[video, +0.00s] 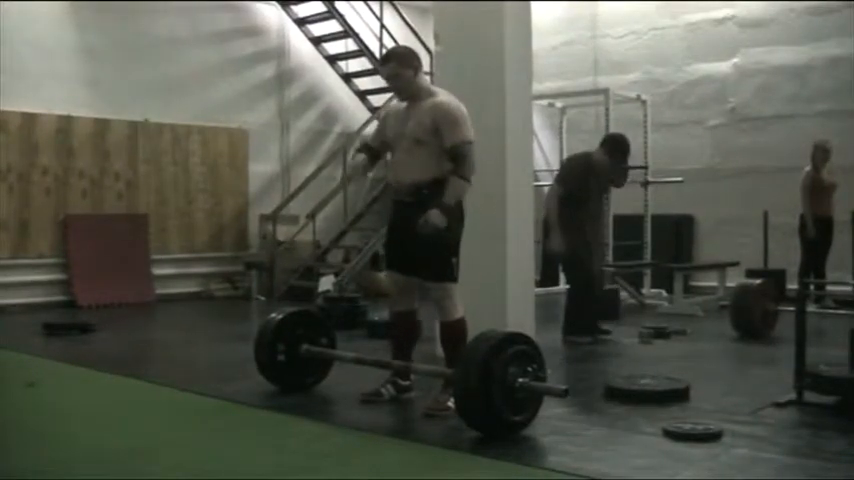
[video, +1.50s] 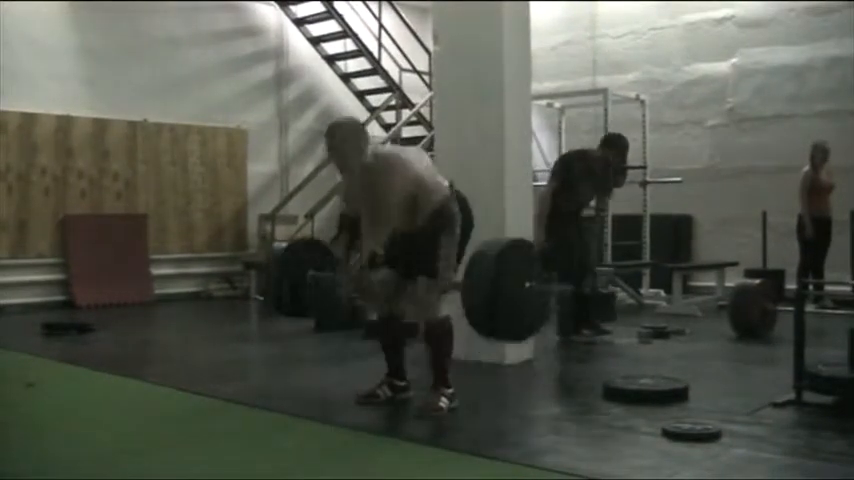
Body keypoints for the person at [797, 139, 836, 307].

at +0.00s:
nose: (824, 159)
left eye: (826, 155)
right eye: (821, 155)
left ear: (828, 157)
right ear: (814, 155)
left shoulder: (823, 175)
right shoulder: (809, 175)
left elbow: (824, 200)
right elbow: (806, 202)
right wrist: (809, 224)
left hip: (825, 220)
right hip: (811, 220)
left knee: (820, 259)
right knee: (808, 259)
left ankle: (820, 293)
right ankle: (803, 293)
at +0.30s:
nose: (824, 159)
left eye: (826, 155)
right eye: (821, 155)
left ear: (827, 157)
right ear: (813, 155)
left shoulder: (822, 175)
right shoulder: (809, 174)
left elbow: (824, 200)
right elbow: (805, 201)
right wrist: (809, 224)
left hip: (824, 221)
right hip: (811, 220)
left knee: (819, 259)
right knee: (808, 258)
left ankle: (820, 294)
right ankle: (802, 293)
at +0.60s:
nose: (824, 159)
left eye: (826, 156)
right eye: (821, 155)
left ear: (828, 157)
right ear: (814, 155)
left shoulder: (824, 175)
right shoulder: (809, 174)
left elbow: (825, 200)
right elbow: (805, 201)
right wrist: (809, 224)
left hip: (824, 221)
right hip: (811, 220)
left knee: (820, 259)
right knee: (808, 259)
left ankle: (820, 294)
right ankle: (803, 293)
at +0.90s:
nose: (823, 160)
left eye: (825, 157)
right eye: (820, 156)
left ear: (828, 158)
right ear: (813, 156)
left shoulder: (823, 175)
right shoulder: (809, 175)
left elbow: (824, 199)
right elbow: (805, 201)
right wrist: (809, 224)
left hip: (824, 220)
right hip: (811, 220)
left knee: (820, 259)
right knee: (808, 258)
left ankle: (820, 294)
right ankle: (803, 293)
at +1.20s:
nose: (822, 161)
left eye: (825, 158)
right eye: (820, 157)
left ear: (827, 159)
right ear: (814, 156)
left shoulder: (823, 175)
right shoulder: (808, 174)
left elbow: (823, 199)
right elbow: (804, 201)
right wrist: (808, 223)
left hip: (823, 220)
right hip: (811, 220)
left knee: (819, 259)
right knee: (808, 258)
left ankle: (820, 294)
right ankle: (802, 293)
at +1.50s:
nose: (822, 159)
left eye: (824, 156)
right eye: (819, 155)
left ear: (827, 158)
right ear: (813, 156)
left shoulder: (824, 174)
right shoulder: (808, 174)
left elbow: (823, 198)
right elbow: (804, 201)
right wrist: (807, 224)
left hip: (823, 220)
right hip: (809, 219)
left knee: (819, 260)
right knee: (807, 259)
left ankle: (819, 294)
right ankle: (802, 293)